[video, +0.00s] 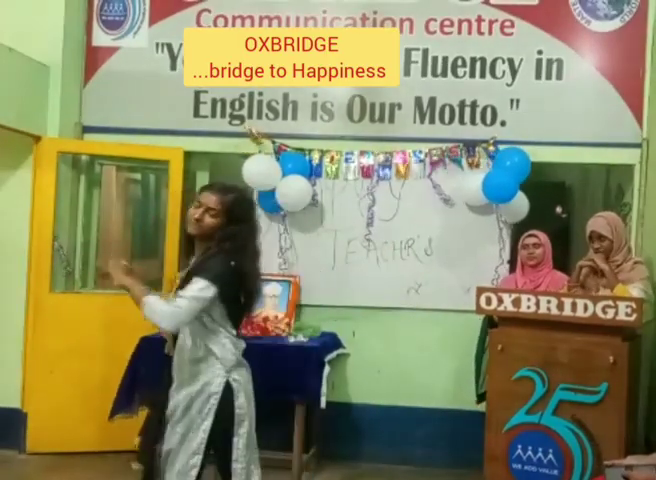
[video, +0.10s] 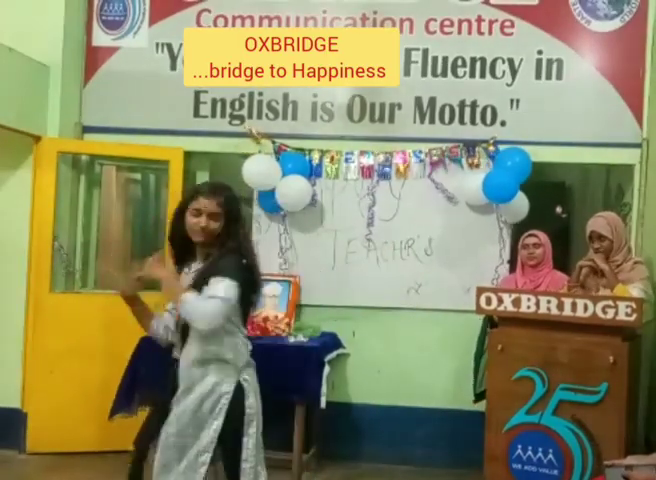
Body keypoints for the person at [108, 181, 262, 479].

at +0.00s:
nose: (197, 214)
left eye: (210, 213)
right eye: (197, 205)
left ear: (230, 226)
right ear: (192, 206)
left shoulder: (221, 266)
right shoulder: (202, 262)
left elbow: (171, 317)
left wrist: (131, 283)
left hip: (220, 385)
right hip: (197, 381)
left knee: (227, 469)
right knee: (180, 465)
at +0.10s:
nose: (203, 224)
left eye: (214, 217)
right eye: (196, 214)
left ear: (227, 224)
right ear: (183, 218)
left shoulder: (229, 266)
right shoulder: (189, 269)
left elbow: (208, 319)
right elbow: (168, 335)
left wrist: (171, 282)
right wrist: (133, 299)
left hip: (228, 385)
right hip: (194, 383)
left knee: (238, 469)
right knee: (172, 465)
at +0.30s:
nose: (233, 223)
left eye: (240, 214)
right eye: (223, 215)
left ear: (251, 219)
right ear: (207, 221)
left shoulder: (262, 266)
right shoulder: (200, 269)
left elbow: (273, 312)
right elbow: (186, 335)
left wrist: (267, 251)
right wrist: (190, 289)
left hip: (251, 370)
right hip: (206, 369)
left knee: (249, 459)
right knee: (192, 456)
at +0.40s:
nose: (246, 223)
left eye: (254, 213)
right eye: (236, 215)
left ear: (268, 218)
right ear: (224, 222)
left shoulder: (280, 270)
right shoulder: (210, 269)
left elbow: (315, 304)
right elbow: (211, 332)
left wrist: (331, 246)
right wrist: (255, 302)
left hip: (272, 382)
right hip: (229, 381)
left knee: (266, 464)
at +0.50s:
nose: (255, 227)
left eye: (264, 218)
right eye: (247, 219)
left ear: (280, 223)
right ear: (236, 224)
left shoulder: (291, 279)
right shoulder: (221, 270)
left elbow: (341, 309)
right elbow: (230, 329)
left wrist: (378, 271)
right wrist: (299, 327)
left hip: (278, 386)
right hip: (233, 385)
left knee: (273, 462)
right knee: (218, 462)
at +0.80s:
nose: (261, 227)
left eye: (271, 219)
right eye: (253, 219)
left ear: (288, 223)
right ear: (244, 223)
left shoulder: (304, 279)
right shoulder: (226, 270)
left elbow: (312, 331)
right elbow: (203, 334)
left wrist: (346, 284)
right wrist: (248, 326)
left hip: (281, 393)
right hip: (235, 389)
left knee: (275, 465)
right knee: (228, 464)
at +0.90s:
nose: (255, 229)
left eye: (266, 221)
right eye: (248, 222)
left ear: (286, 227)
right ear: (240, 227)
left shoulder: (295, 278)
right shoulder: (241, 273)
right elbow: (213, 332)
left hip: (274, 380)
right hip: (236, 376)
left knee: (268, 463)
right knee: (233, 460)